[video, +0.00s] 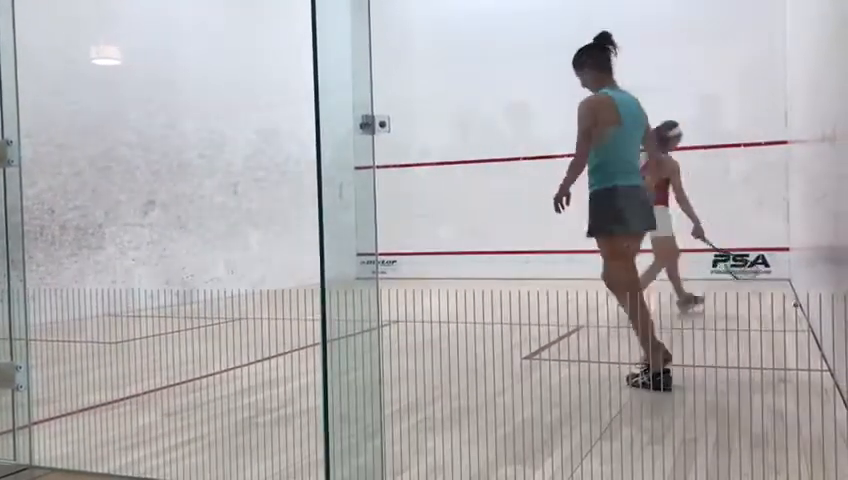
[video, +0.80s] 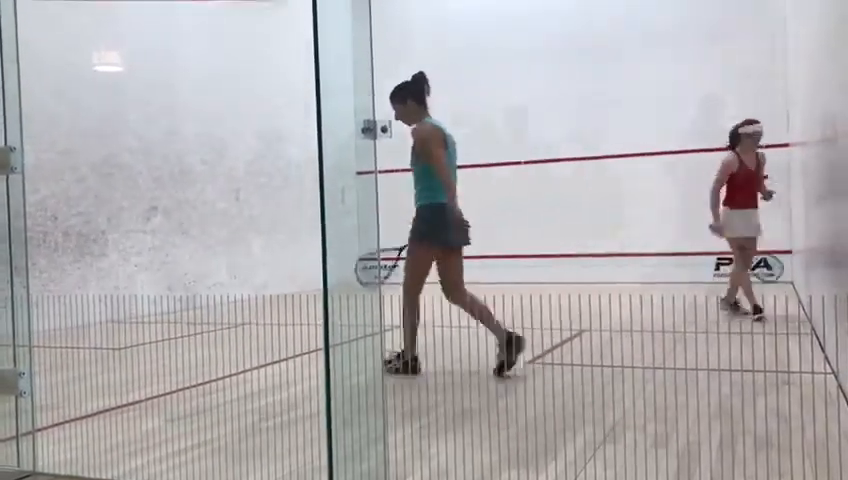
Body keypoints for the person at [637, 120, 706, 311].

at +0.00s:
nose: (678, 143)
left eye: (678, 138)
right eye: (676, 139)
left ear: (659, 139)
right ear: (670, 140)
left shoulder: (646, 160)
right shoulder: (669, 164)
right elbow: (680, 196)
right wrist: (696, 222)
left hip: (647, 210)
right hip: (660, 212)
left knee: (671, 254)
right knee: (664, 256)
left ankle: (682, 296)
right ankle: (634, 292)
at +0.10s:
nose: (703, 149)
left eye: (703, 145)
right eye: (700, 145)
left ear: (686, 146)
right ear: (691, 147)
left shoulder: (667, 164)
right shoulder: (690, 171)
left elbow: (650, 190)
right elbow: (702, 206)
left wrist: (632, 210)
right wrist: (718, 233)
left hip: (668, 221)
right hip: (677, 222)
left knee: (696, 257)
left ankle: (712, 297)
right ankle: (638, 294)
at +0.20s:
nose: (727, 162)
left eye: (727, 159)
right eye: (723, 159)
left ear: (710, 160)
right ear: (712, 161)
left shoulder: (691, 175)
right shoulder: (709, 185)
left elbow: (673, 195)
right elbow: (721, 221)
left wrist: (655, 214)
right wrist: (735, 250)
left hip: (686, 230)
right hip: (692, 232)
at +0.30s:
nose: (743, 167)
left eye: (743, 164)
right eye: (740, 164)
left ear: (725, 164)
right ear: (728, 164)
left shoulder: (709, 177)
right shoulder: (718, 185)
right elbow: (725, 225)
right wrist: (732, 253)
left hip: (696, 230)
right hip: (699, 232)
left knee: (727, 260)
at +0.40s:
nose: (751, 162)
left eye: (752, 158)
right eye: (749, 157)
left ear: (736, 156)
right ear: (737, 156)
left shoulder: (724, 172)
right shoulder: (722, 176)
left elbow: (719, 199)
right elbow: (712, 211)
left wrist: (733, 215)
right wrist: (715, 241)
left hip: (711, 221)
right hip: (705, 224)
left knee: (730, 259)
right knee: (729, 260)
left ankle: (725, 301)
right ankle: (690, 291)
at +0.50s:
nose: (757, 150)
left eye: (757, 146)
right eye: (754, 146)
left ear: (743, 147)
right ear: (742, 146)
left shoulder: (737, 162)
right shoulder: (725, 167)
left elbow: (732, 186)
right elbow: (703, 197)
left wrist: (753, 197)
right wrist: (704, 223)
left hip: (720, 212)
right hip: (713, 213)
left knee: (736, 254)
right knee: (732, 255)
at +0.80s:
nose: (757, 140)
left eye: (759, 136)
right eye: (753, 137)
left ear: (759, 138)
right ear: (742, 137)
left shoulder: (759, 158)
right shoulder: (730, 160)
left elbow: (759, 181)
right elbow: (715, 188)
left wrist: (765, 191)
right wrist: (716, 218)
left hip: (751, 211)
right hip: (732, 212)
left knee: (747, 258)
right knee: (740, 259)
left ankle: (730, 297)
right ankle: (754, 304)